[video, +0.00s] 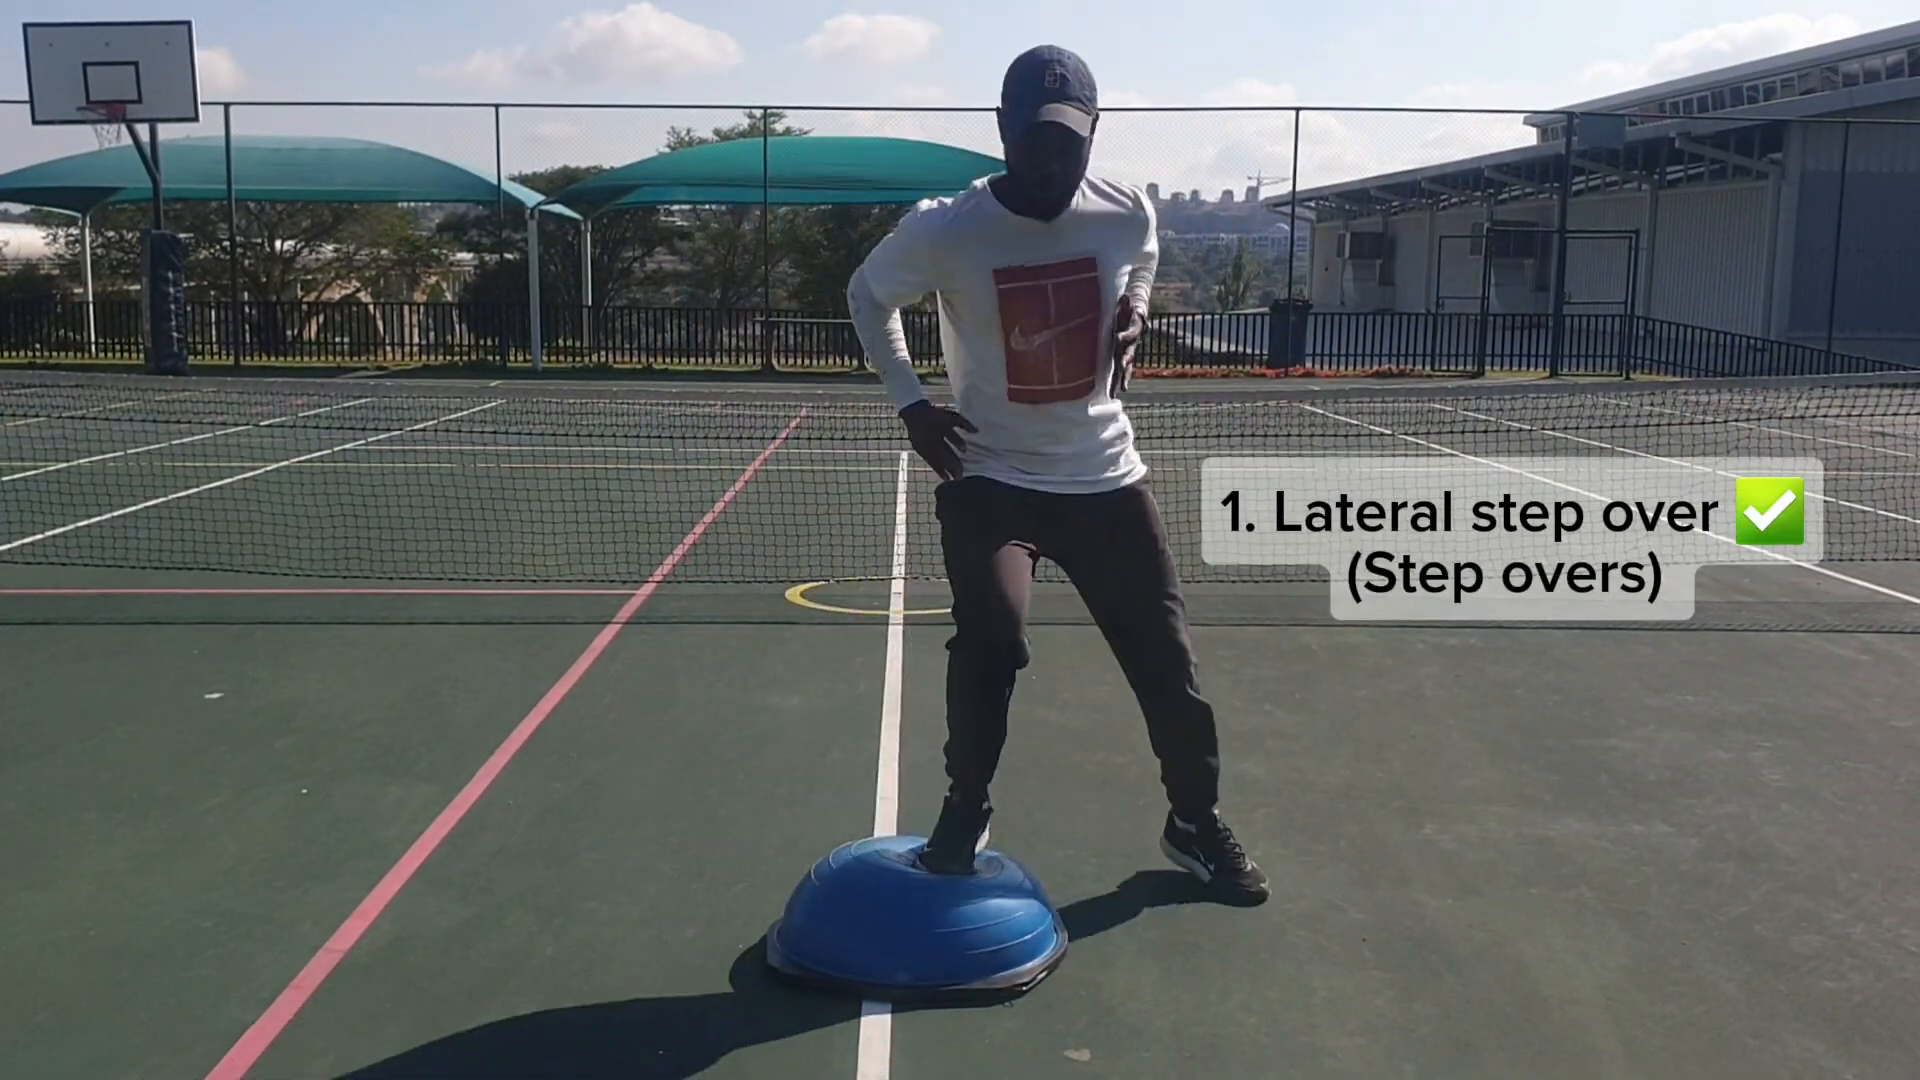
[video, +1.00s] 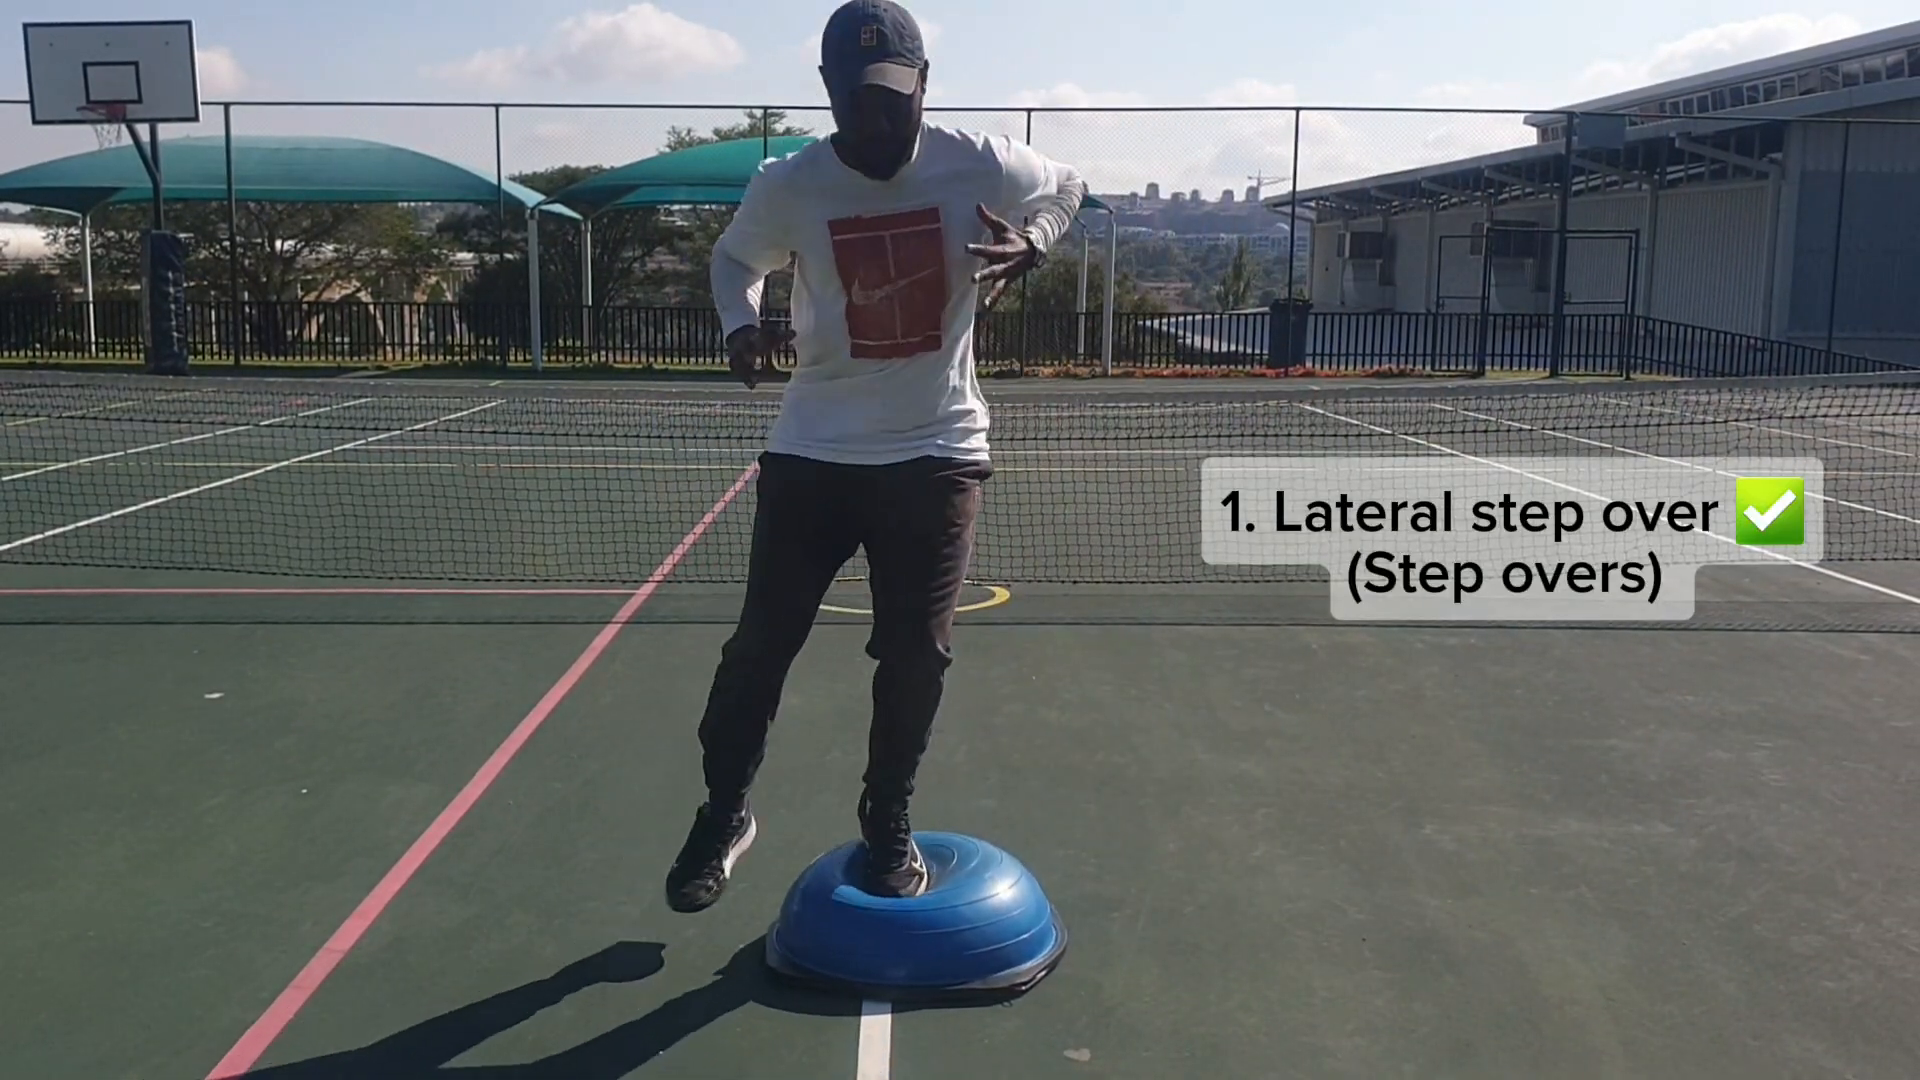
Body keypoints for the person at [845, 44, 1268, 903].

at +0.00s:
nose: (1055, 157)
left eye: (1071, 138)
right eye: (1037, 137)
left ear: (1094, 139)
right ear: (1004, 135)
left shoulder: (1127, 220)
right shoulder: (941, 231)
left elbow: (1142, 263)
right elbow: (868, 296)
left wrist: (1130, 315)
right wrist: (910, 400)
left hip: (1102, 475)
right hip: (988, 476)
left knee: (1169, 665)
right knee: (992, 641)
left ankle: (1195, 821)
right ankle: (966, 808)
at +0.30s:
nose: (1008, 135)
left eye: (1026, 119)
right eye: (992, 116)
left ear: (1053, 123)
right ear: (963, 115)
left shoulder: (1092, 215)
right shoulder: (907, 207)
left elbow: (1168, 288)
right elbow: (839, 251)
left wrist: (1114, 321)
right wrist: (845, 312)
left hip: (1059, 461)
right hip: (943, 462)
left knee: (1123, 641)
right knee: (953, 638)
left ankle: (1151, 797)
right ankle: (957, 819)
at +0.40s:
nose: (971, 93)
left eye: (990, 75)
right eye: (956, 73)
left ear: (1021, 73)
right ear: (933, 64)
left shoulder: (1057, 157)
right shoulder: (872, 154)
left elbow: (1118, 221)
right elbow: (820, 206)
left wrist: (1081, 278)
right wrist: (829, 291)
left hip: (1021, 402)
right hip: (900, 413)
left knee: (1079, 584)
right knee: (909, 610)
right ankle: (937, 783)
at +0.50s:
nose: (936, 86)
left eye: (954, 68)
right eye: (922, 66)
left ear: (986, 56)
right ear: (895, 50)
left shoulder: (1035, 140)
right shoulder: (833, 139)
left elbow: (1079, 190)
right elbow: (778, 195)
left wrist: (1052, 254)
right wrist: (792, 285)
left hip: (988, 382)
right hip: (864, 379)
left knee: (1012, 561)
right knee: (833, 566)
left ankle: (950, 727)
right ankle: (861, 724)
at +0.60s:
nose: (885, 115)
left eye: (906, 96)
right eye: (870, 93)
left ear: (941, 77)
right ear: (844, 71)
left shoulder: (999, 158)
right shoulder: (793, 164)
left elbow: (1053, 184)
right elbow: (753, 209)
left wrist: (1018, 261)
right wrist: (769, 300)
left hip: (948, 416)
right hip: (823, 413)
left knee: (953, 616)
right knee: (766, 615)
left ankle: (897, 800)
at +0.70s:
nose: (857, 182)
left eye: (874, 162)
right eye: (838, 162)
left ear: (898, 145)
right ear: (803, 148)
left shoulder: (947, 224)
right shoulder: (754, 232)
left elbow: (1024, 263)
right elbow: (753, 304)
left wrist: (980, 335)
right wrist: (759, 377)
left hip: (905, 489)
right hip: (780, 493)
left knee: (939, 665)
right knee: (715, 694)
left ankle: (896, 816)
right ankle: (637, 889)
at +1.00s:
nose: (891, 119)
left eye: (904, 98)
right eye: (869, 100)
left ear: (927, 86)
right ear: (832, 94)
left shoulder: (975, 165)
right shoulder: (787, 186)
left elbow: (1065, 190)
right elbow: (735, 261)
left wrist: (1034, 238)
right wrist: (743, 320)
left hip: (936, 447)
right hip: (813, 448)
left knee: (916, 654)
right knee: (763, 640)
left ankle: (888, 827)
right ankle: (723, 815)